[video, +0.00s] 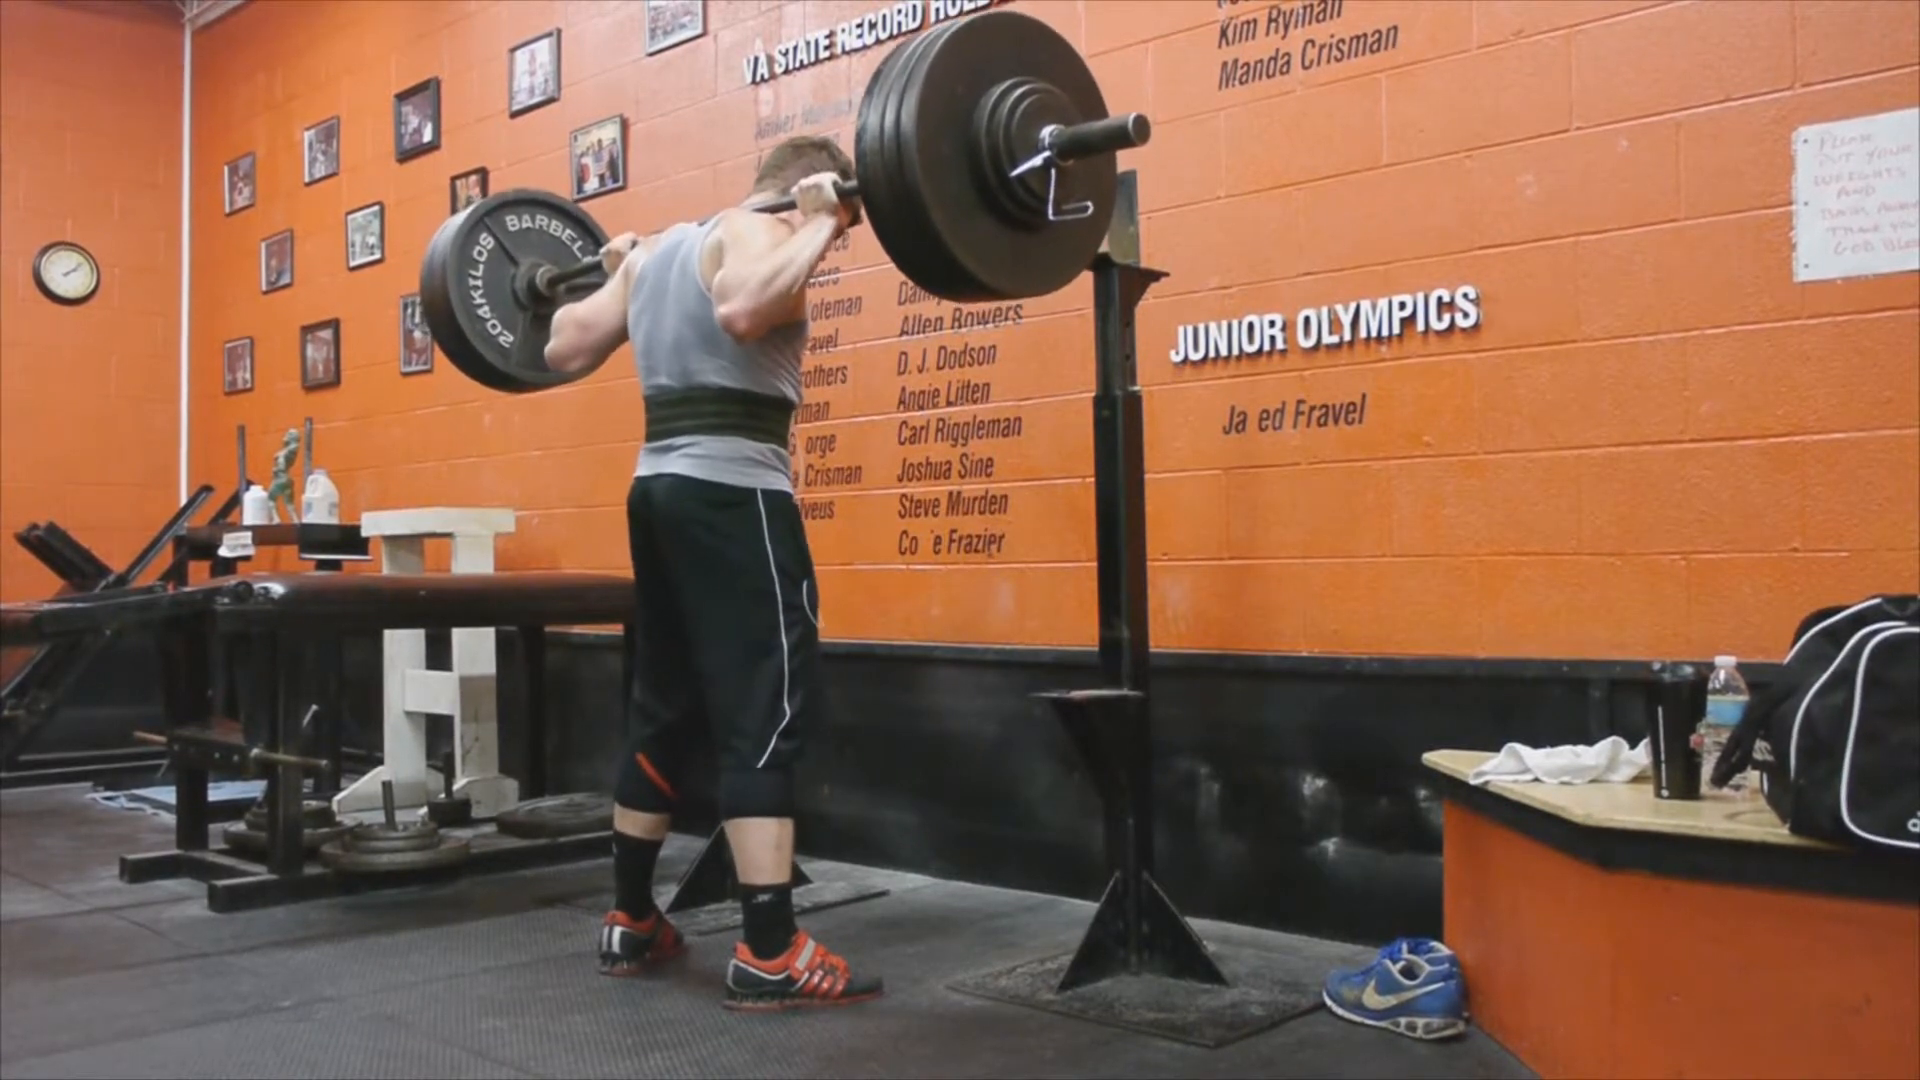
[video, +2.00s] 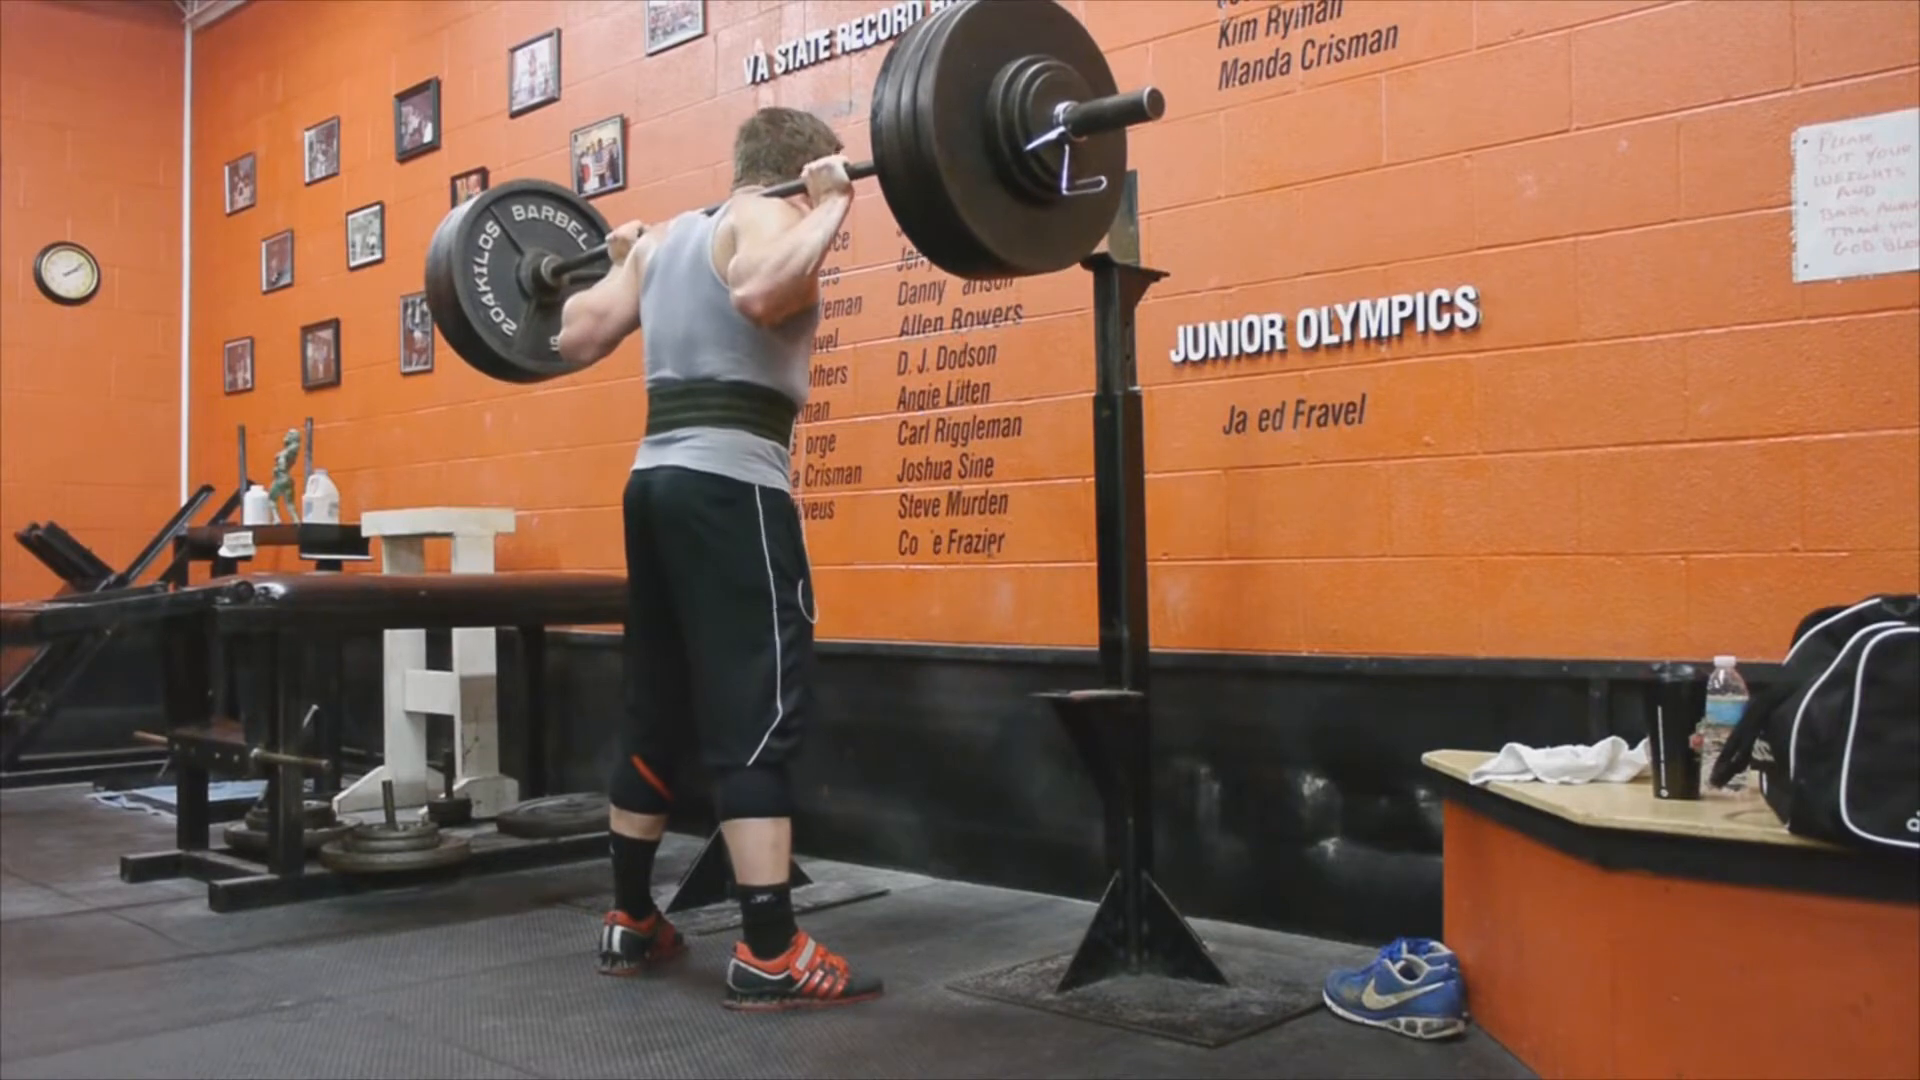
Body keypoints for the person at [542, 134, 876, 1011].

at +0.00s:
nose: (838, 237)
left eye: (845, 224)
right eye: (838, 219)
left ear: (756, 184)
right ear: (810, 196)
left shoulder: (659, 254)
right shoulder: (764, 231)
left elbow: (562, 346)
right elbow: (742, 311)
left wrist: (614, 275)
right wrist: (820, 226)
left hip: (660, 497)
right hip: (736, 498)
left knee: (667, 710)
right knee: (764, 714)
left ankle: (631, 921)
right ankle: (770, 947)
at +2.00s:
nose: (832, 201)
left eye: (835, 183)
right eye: (828, 182)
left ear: (739, 167)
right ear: (804, 173)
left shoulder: (666, 240)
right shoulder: (770, 212)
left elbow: (572, 335)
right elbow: (759, 295)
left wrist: (617, 262)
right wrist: (833, 205)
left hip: (656, 487)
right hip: (731, 489)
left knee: (661, 710)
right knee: (758, 713)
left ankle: (631, 920)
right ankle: (769, 946)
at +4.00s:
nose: (830, 255)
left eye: (831, 242)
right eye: (828, 242)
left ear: (741, 241)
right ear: (806, 240)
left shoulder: (671, 314)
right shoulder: (777, 301)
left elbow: (572, 412)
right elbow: (762, 373)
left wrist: (618, 336)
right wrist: (845, 300)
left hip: (607, 538)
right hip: (691, 543)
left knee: (659, 716)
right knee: (815, 725)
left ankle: (632, 921)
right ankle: (775, 948)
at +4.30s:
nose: (834, 340)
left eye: (832, 325)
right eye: (831, 326)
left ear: (744, 332)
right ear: (809, 331)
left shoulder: (680, 405)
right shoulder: (787, 395)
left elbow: (583, 513)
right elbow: (777, 485)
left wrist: (634, 427)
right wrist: (856, 402)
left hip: (596, 621)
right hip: (686, 628)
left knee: (661, 733)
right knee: (850, 753)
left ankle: (633, 919)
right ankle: (776, 950)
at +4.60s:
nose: (835, 435)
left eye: (835, 422)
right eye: (833, 421)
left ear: (743, 428)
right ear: (813, 426)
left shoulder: (678, 500)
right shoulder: (789, 498)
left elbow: (592, 607)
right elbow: (787, 593)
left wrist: (636, 519)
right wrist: (864, 505)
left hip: (598, 722)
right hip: (693, 730)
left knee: (685, 750)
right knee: (870, 779)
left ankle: (633, 918)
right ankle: (777, 951)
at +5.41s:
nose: (832, 363)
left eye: (833, 353)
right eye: (830, 351)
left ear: (742, 351)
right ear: (810, 350)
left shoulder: (668, 416)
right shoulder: (786, 407)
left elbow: (560, 503)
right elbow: (765, 479)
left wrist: (621, 435)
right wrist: (853, 413)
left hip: (571, 600)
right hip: (666, 608)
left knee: (651, 738)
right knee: (822, 740)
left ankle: (632, 919)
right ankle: (775, 950)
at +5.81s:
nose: (825, 229)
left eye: (822, 215)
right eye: (824, 216)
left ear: (740, 217)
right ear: (806, 214)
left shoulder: (670, 293)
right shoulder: (785, 279)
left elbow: (573, 389)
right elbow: (773, 348)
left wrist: (615, 312)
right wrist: (853, 275)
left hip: (612, 509)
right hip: (697, 517)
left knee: (665, 703)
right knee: (795, 708)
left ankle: (633, 919)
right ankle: (774, 946)